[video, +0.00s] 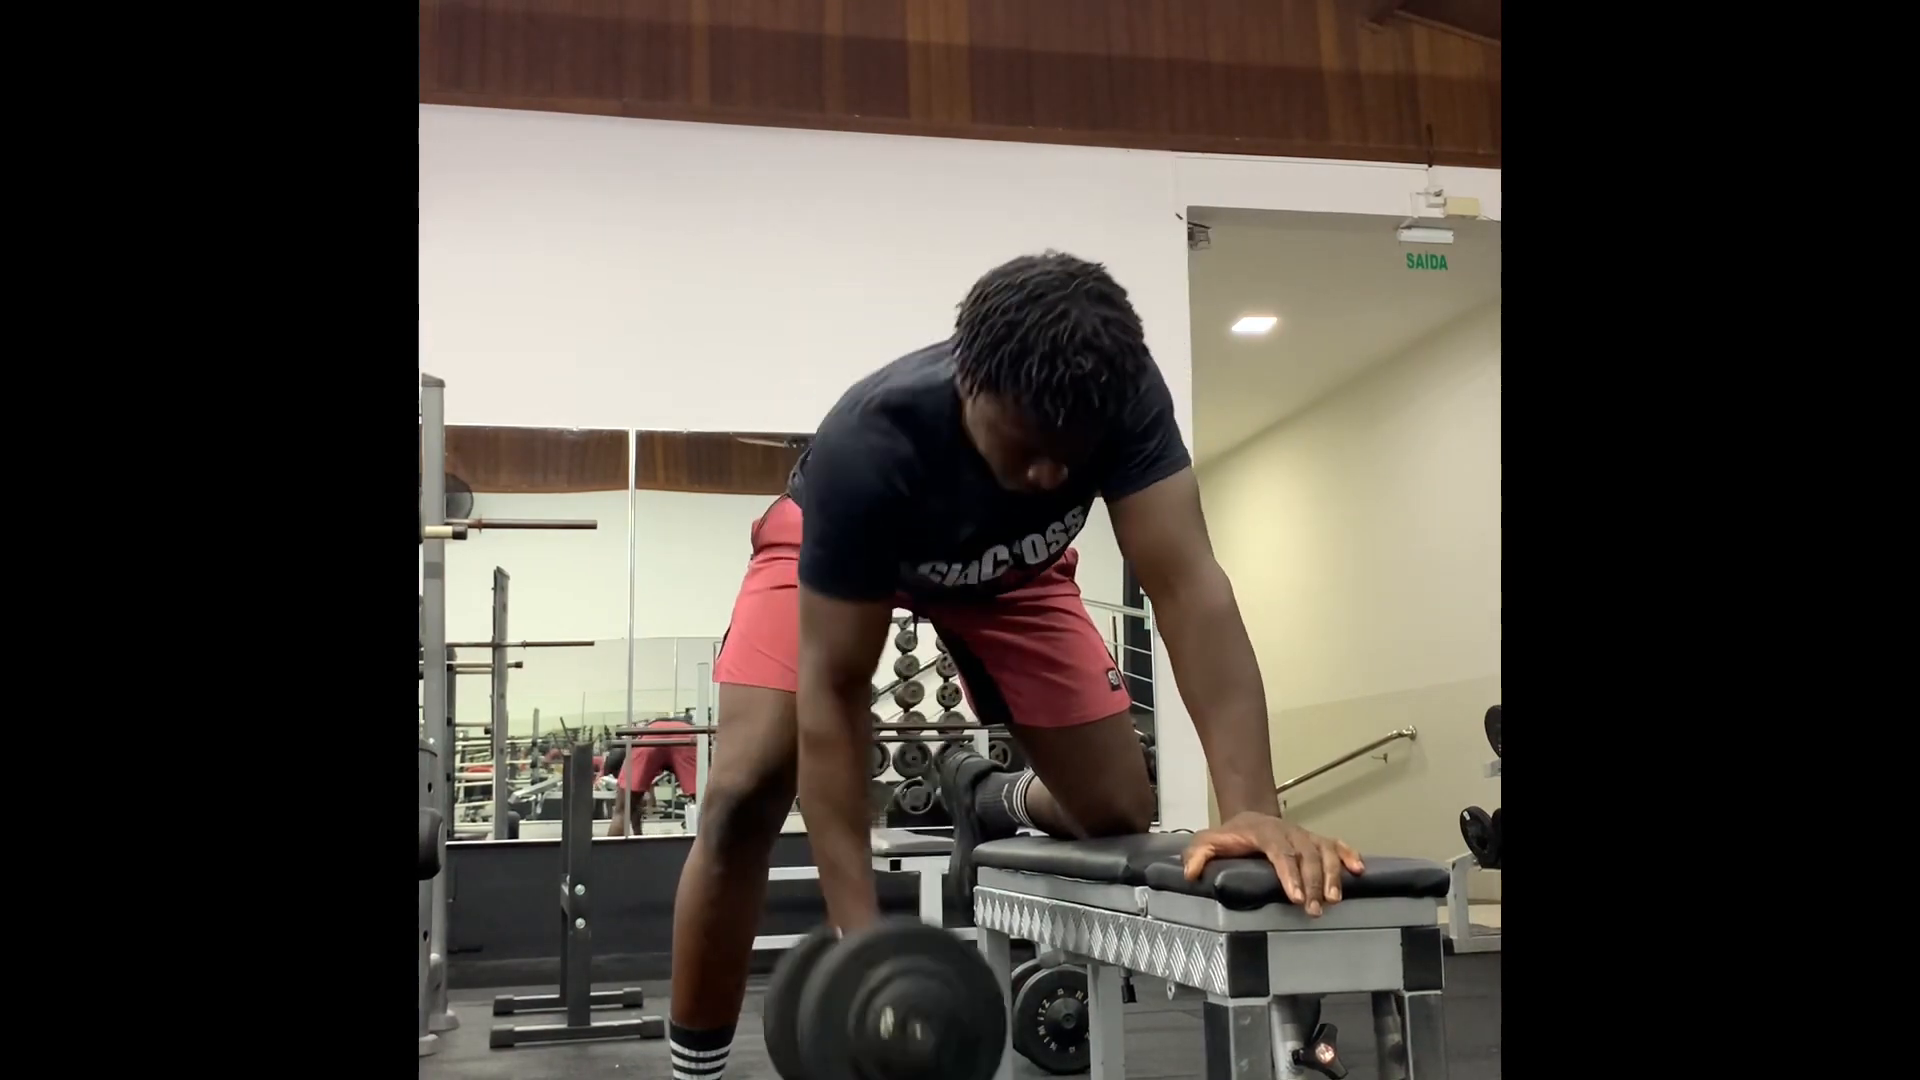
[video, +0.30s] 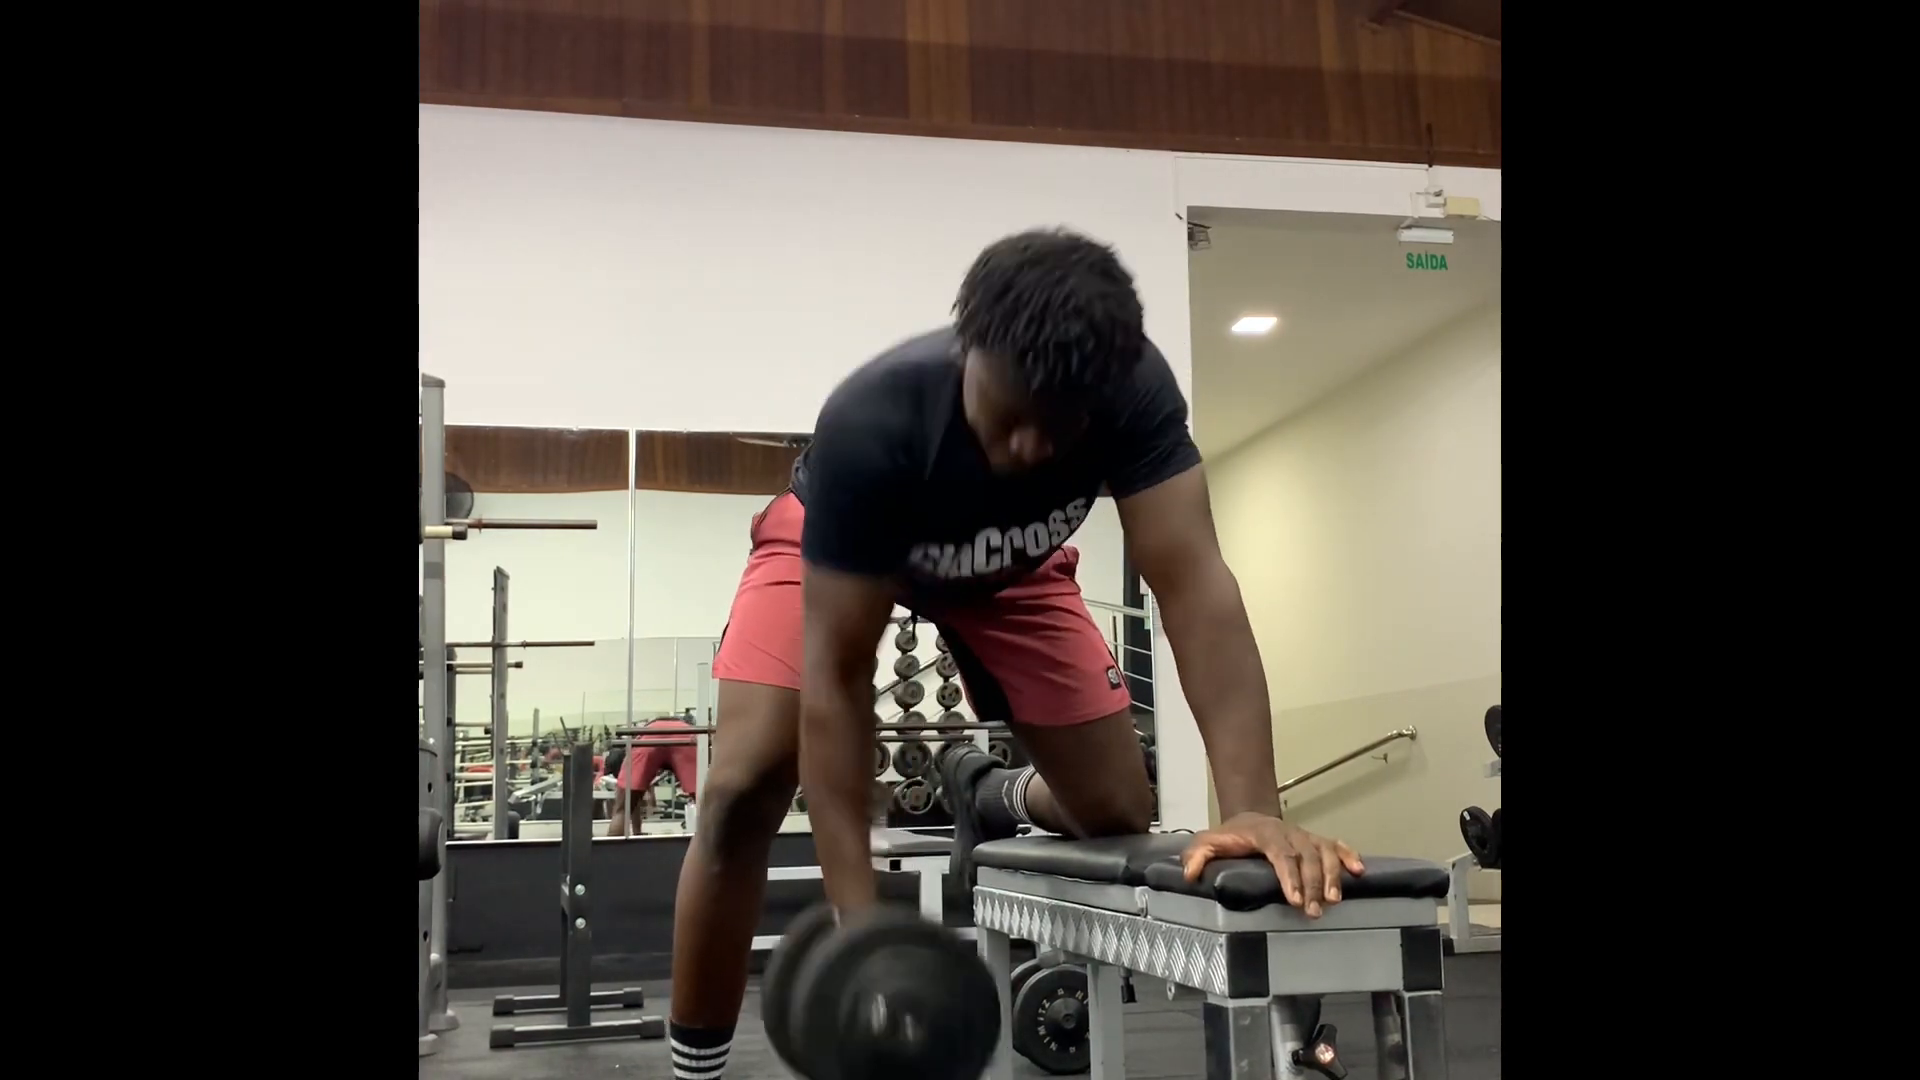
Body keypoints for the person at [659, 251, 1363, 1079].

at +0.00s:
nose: (1050, 474)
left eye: (1073, 451)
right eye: (1022, 448)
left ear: (1110, 405)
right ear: (969, 387)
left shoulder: (1123, 398)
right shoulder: (870, 453)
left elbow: (1187, 582)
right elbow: (833, 695)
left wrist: (1253, 804)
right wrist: (865, 953)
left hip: (1018, 567)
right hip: (839, 558)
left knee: (1120, 814)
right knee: (743, 794)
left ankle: (988, 796)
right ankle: (695, 1071)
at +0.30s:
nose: (1025, 447)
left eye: (1052, 427)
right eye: (1003, 419)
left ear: (1098, 390)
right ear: (967, 358)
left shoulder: (1131, 390)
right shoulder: (873, 427)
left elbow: (1194, 583)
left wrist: (1253, 805)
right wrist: (865, 946)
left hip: (1017, 563)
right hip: (840, 552)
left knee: (1120, 810)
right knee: (741, 791)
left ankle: (989, 794)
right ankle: (694, 1074)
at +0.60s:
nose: (1038, 331)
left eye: (1074, 325)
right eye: (1034, 293)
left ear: (1145, 318)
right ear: (1030, 238)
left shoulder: (1172, 387)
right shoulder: (965, 231)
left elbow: (1207, 582)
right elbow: (817, 277)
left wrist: (1253, 804)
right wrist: (827, 410)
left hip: (999, 557)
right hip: (853, 510)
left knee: (1118, 815)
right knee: (740, 796)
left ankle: (985, 800)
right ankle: (694, 1072)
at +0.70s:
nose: (1051, 370)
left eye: (1086, 357)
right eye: (1039, 333)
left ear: (1143, 334)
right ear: (1022, 267)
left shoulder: (1166, 389)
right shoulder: (933, 282)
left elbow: (1203, 580)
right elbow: (779, 405)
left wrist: (1251, 803)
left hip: (1010, 568)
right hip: (843, 531)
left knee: (1120, 816)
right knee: (740, 794)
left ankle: (987, 804)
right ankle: (693, 1072)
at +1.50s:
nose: (1061, 353)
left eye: (1096, 339)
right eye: (1050, 314)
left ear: (1150, 323)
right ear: (1032, 249)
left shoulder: (1168, 384)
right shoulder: (939, 261)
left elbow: (1208, 581)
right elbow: (799, 332)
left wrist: (1253, 805)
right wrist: (821, 492)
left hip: (1010, 565)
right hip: (856, 524)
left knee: (1119, 813)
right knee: (749, 799)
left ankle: (985, 803)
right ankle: (695, 1071)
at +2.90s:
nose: (1076, 520)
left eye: (1096, 499)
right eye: (1054, 497)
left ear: (1133, 449)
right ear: (997, 443)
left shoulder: (1132, 414)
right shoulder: (901, 513)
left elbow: (1203, 590)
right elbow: (887, 783)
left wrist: (1254, 808)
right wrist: (893, 1040)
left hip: (1021, 568)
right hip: (846, 544)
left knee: (1121, 816)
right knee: (742, 806)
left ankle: (986, 800)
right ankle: (696, 1071)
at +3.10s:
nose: (1113, 387)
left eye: (1143, 366)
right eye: (1091, 356)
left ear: (1195, 325)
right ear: (1057, 290)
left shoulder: (1230, 356)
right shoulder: (970, 305)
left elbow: (1241, 565)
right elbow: (879, 481)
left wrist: (1257, 805)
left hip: (1079, 560)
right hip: (915, 521)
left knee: (1124, 821)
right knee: (801, 783)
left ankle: (971, 799)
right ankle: (699, 1060)